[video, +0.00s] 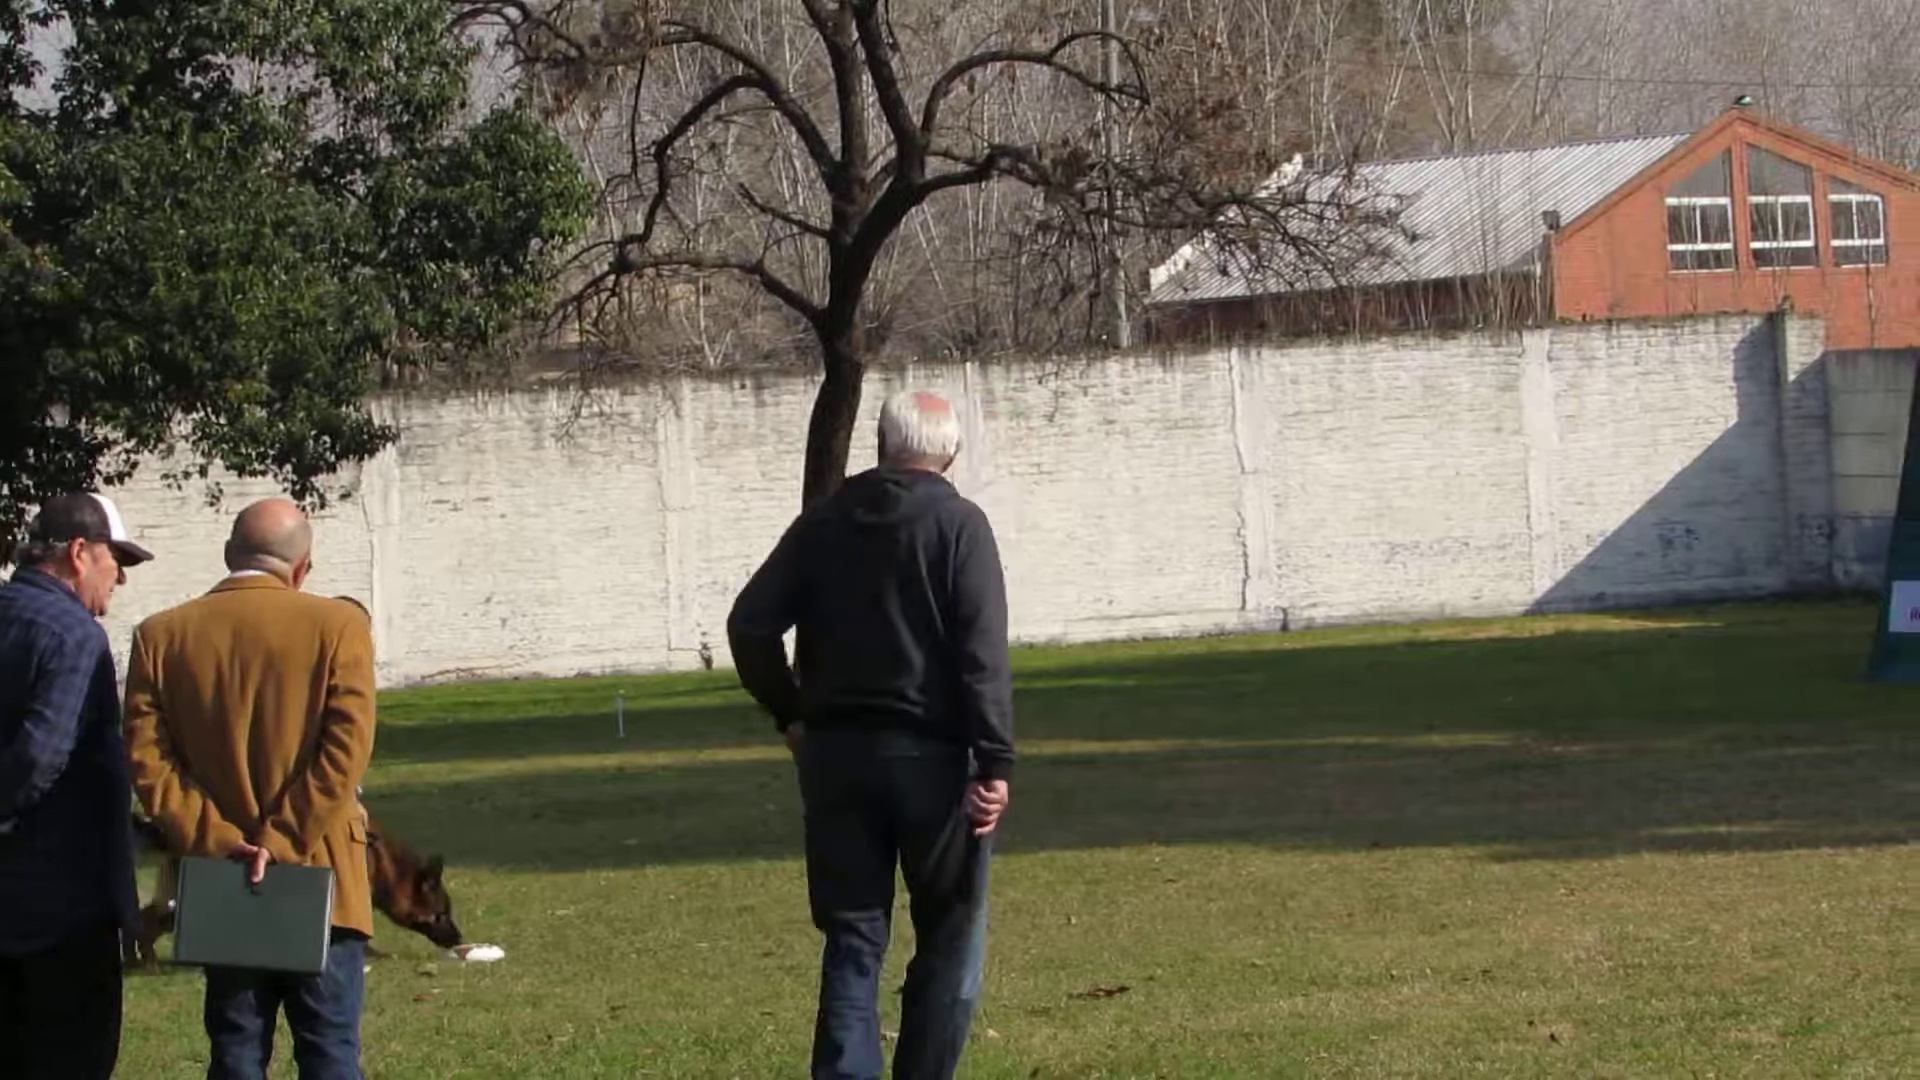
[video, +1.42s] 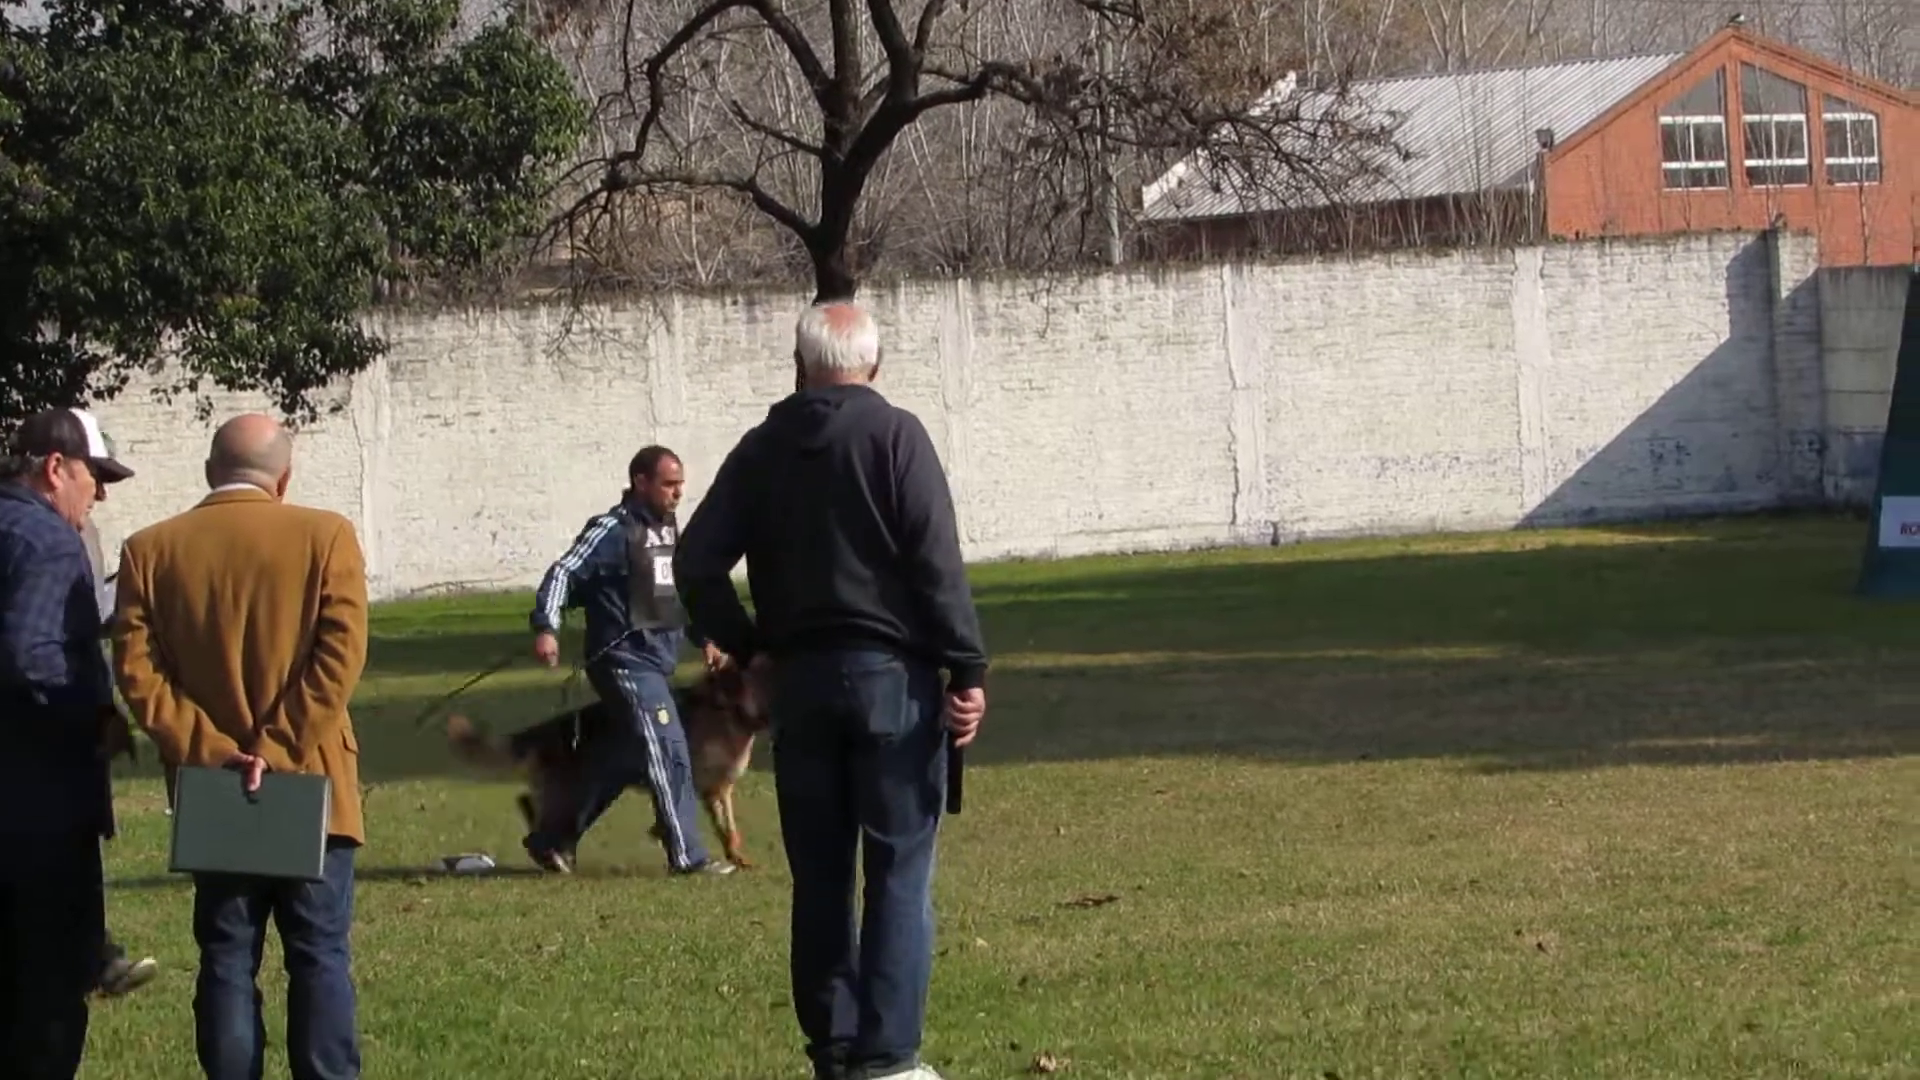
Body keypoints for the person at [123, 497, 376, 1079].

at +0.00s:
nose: (309, 568)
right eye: (308, 559)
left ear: (228, 555)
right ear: (300, 566)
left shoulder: (160, 635)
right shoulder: (339, 623)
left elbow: (146, 765)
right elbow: (346, 749)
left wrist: (220, 841)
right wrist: (279, 838)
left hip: (221, 898)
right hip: (326, 894)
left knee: (236, 1052)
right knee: (331, 1049)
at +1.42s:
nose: (291, 478)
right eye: (291, 470)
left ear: (210, 472)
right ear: (282, 476)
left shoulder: (149, 549)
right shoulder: (328, 535)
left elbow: (137, 676)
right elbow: (339, 659)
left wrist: (215, 752)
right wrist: (274, 747)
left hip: (210, 804)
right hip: (317, 799)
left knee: (225, 962)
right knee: (320, 960)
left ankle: (231, 1076)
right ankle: (327, 1074)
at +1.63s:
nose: (267, 374)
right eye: (266, 365)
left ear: (186, 368)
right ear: (262, 372)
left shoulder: (133, 448)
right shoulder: (309, 434)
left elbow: (118, 575)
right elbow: (319, 555)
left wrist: (189, 649)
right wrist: (260, 648)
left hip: (191, 702)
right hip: (295, 698)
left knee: (205, 859)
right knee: (300, 857)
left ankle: (213, 1037)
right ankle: (315, 1030)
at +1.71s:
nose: (237, 332)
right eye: (237, 323)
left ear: (156, 331)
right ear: (233, 332)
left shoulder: (109, 408)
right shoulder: (283, 393)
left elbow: (93, 536)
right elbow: (295, 515)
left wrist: (170, 608)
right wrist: (236, 609)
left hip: (167, 661)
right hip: (270, 657)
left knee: (180, 819)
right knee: (275, 817)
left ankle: (189, 997)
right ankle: (290, 990)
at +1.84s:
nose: (188, 291)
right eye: (187, 282)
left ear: (107, 291)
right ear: (184, 291)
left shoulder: (60, 370)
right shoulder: (237, 352)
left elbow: (47, 498)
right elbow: (250, 475)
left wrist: (128, 571)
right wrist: (192, 568)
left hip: (121, 620)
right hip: (225, 616)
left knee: (135, 776)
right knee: (230, 775)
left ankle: (143, 958)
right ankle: (244, 950)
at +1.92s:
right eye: (158, 262)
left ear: (76, 274)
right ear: (154, 272)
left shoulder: (27, 355)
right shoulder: (207, 333)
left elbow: (18, 482)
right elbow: (222, 454)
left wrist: (89, 549)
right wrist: (165, 547)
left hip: (90, 604)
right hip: (196, 598)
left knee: (105, 763)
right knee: (200, 760)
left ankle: (114, 941)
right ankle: (215, 934)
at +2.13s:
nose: (69, 233)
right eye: (70, 225)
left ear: (0, 233)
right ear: (65, 235)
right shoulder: (118, 297)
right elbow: (137, 419)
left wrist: (22, 520)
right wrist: (77, 508)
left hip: (9, 564)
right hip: (105, 562)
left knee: (18, 730)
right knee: (111, 725)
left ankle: (24, 908)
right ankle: (126, 899)